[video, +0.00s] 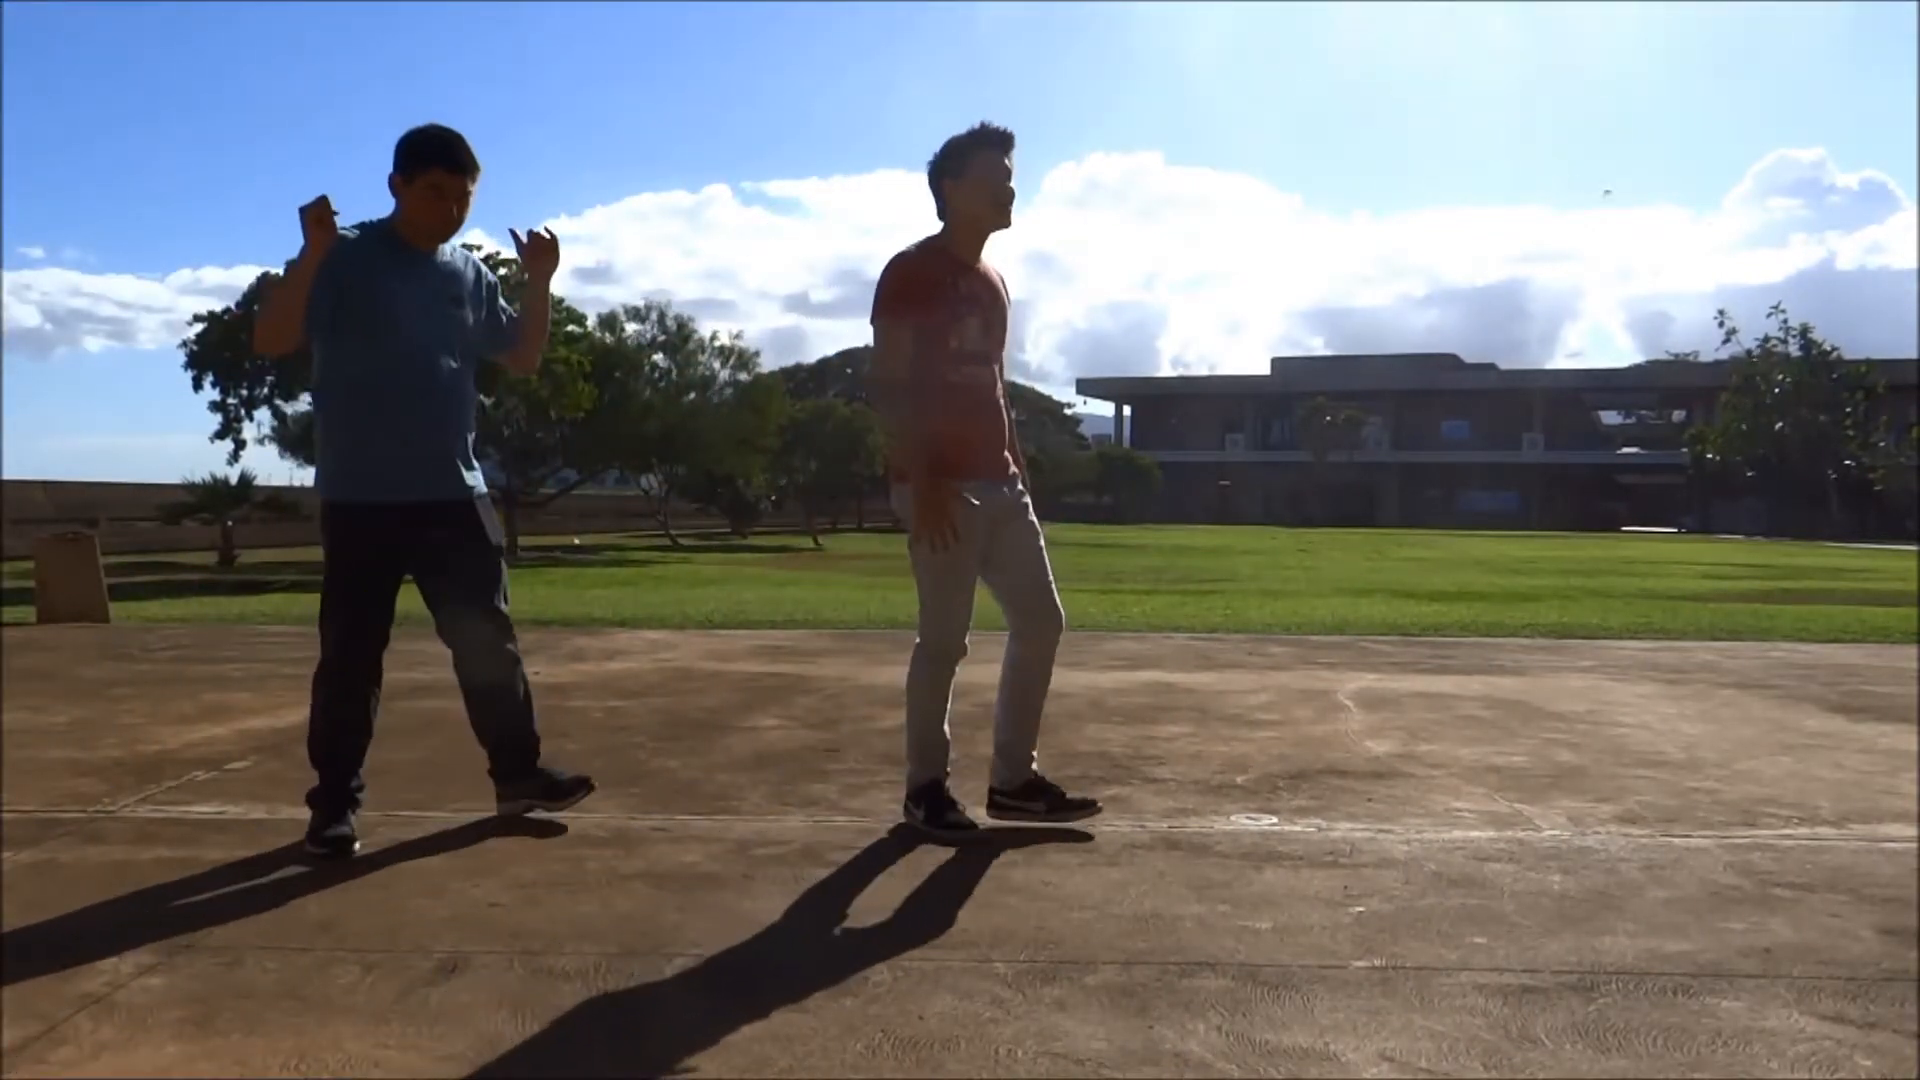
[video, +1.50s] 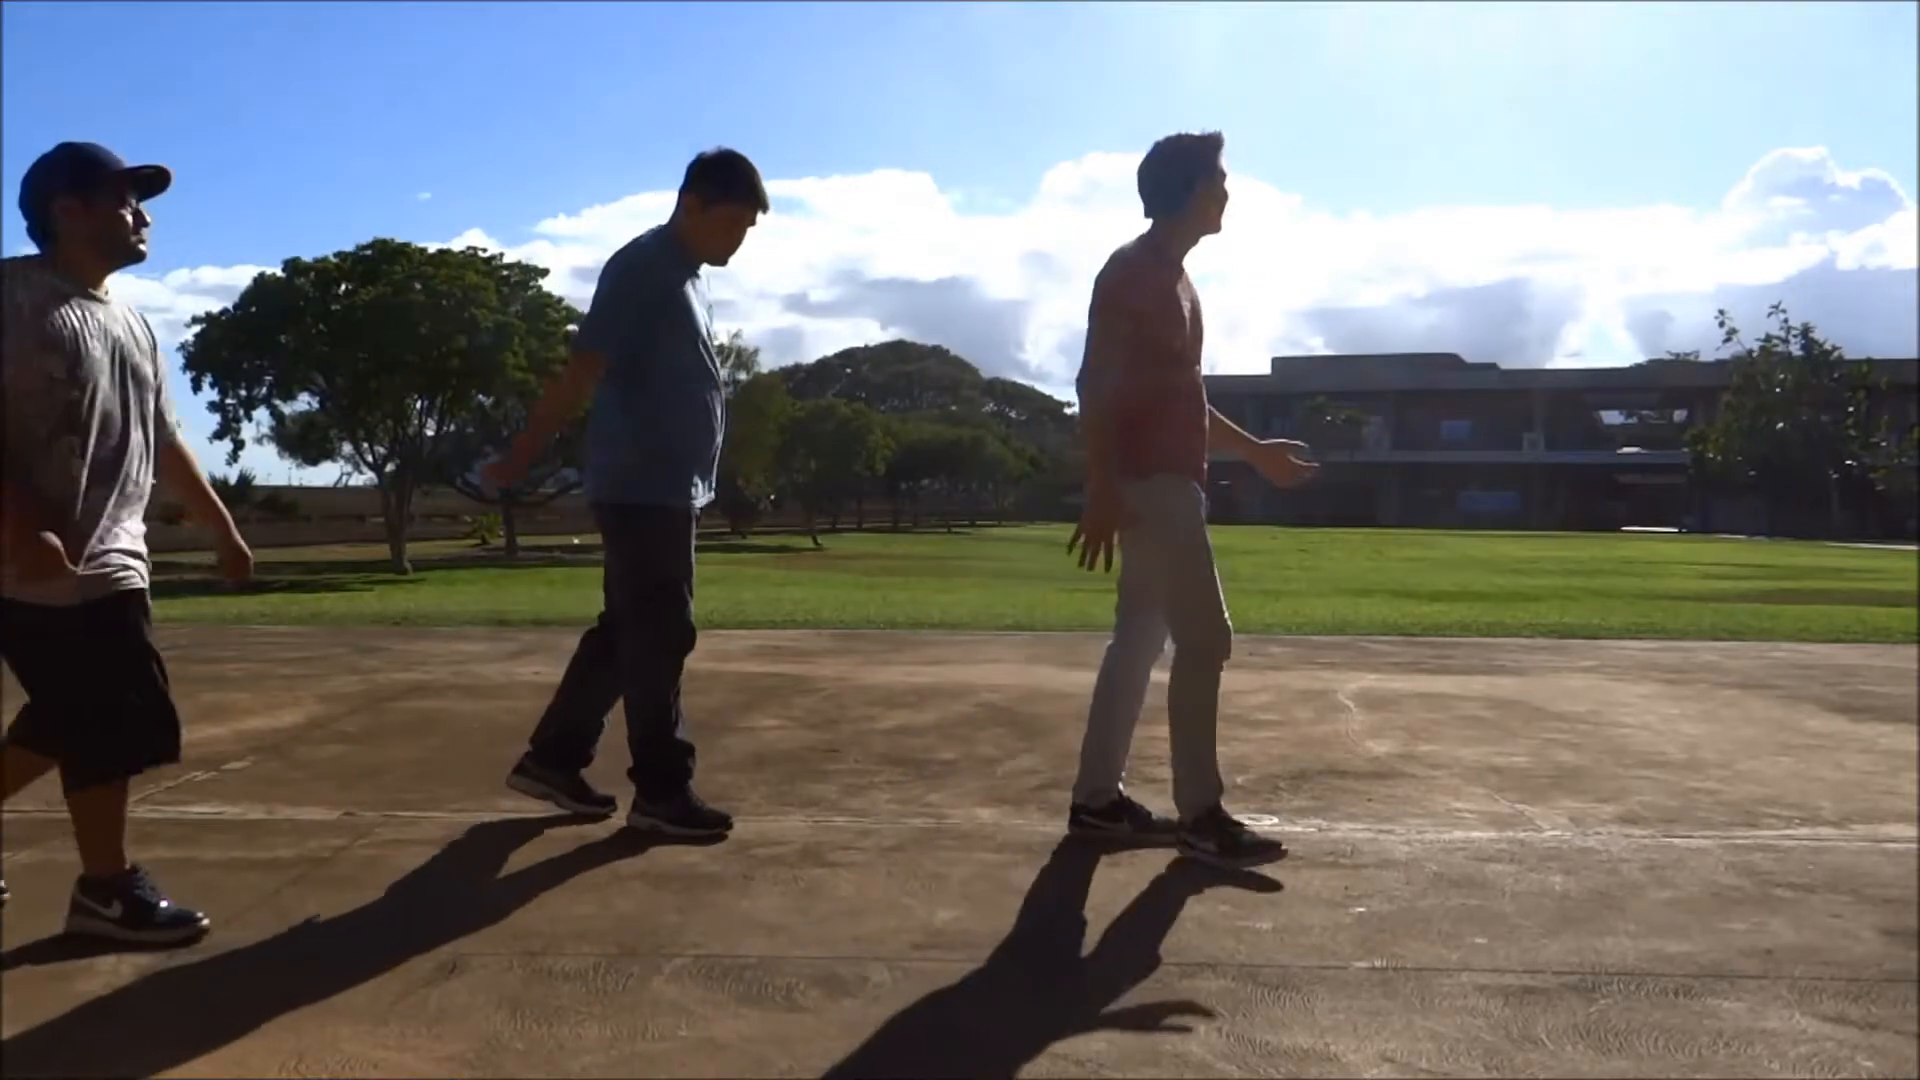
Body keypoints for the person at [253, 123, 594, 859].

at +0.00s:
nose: (454, 209)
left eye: (462, 196)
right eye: (440, 193)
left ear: (470, 200)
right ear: (401, 187)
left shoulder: (468, 273)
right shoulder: (341, 259)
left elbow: (521, 354)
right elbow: (270, 340)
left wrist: (538, 283)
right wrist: (311, 254)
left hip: (449, 490)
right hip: (360, 493)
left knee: (487, 636)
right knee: (349, 655)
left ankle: (518, 776)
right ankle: (333, 804)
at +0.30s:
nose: (529, 232)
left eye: (536, 219)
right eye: (519, 217)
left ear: (538, 218)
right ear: (480, 206)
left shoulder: (542, 296)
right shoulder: (415, 277)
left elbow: (590, 367)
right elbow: (359, 359)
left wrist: (669, 336)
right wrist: (342, 298)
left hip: (532, 499)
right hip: (448, 501)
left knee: (547, 642)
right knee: (417, 654)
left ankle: (532, 781)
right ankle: (353, 799)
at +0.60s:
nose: (586, 233)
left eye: (593, 221)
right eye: (579, 218)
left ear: (589, 218)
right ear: (538, 204)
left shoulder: (590, 293)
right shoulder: (469, 273)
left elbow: (617, 370)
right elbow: (420, 365)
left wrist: (703, 338)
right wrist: (417, 308)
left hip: (574, 488)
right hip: (500, 487)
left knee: (566, 637)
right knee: (515, 632)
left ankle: (544, 780)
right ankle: (503, 796)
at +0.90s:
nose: (630, 243)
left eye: (637, 230)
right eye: (626, 227)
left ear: (620, 223)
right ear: (586, 210)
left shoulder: (619, 293)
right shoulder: (516, 276)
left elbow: (641, 372)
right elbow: (469, 374)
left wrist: (725, 393)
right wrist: (488, 352)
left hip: (601, 488)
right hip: (542, 486)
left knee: (565, 627)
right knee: (595, 620)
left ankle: (530, 781)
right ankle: (644, 780)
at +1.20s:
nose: (682, 243)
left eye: (688, 231)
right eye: (678, 227)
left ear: (661, 218)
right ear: (637, 209)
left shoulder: (654, 286)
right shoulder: (580, 274)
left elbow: (677, 377)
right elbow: (551, 369)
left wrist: (748, 432)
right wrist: (560, 419)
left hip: (638, 491)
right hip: (599, 490)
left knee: (592, 631)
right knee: (640, 630)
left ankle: (533, 777)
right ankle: (659, 793)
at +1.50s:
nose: (741, 241)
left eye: (747, 228)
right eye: (739, 224)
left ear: (704, 211)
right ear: (697, 205)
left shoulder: (676, 272)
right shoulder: (642, 266)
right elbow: (582, 369)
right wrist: (521, 455)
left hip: (663, 490)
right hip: (642, 491)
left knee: (625, 627)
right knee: (661, 633)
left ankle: (551, 760)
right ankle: (661, 794)